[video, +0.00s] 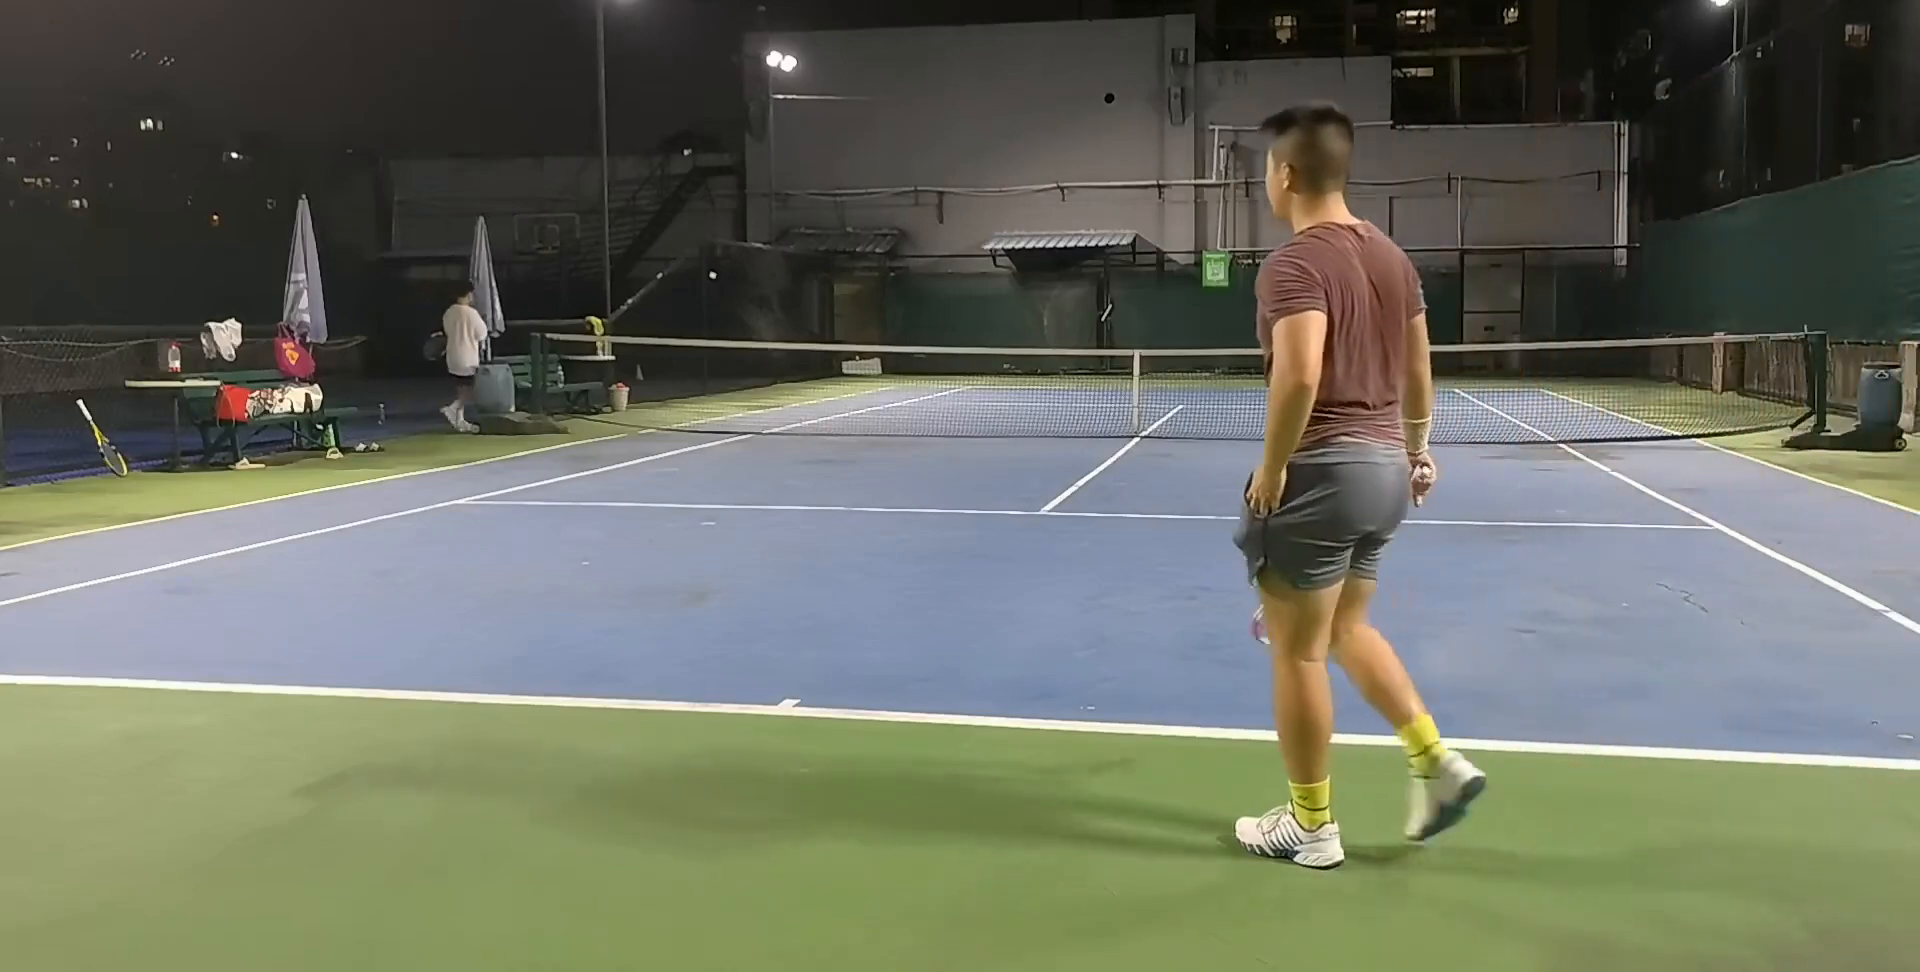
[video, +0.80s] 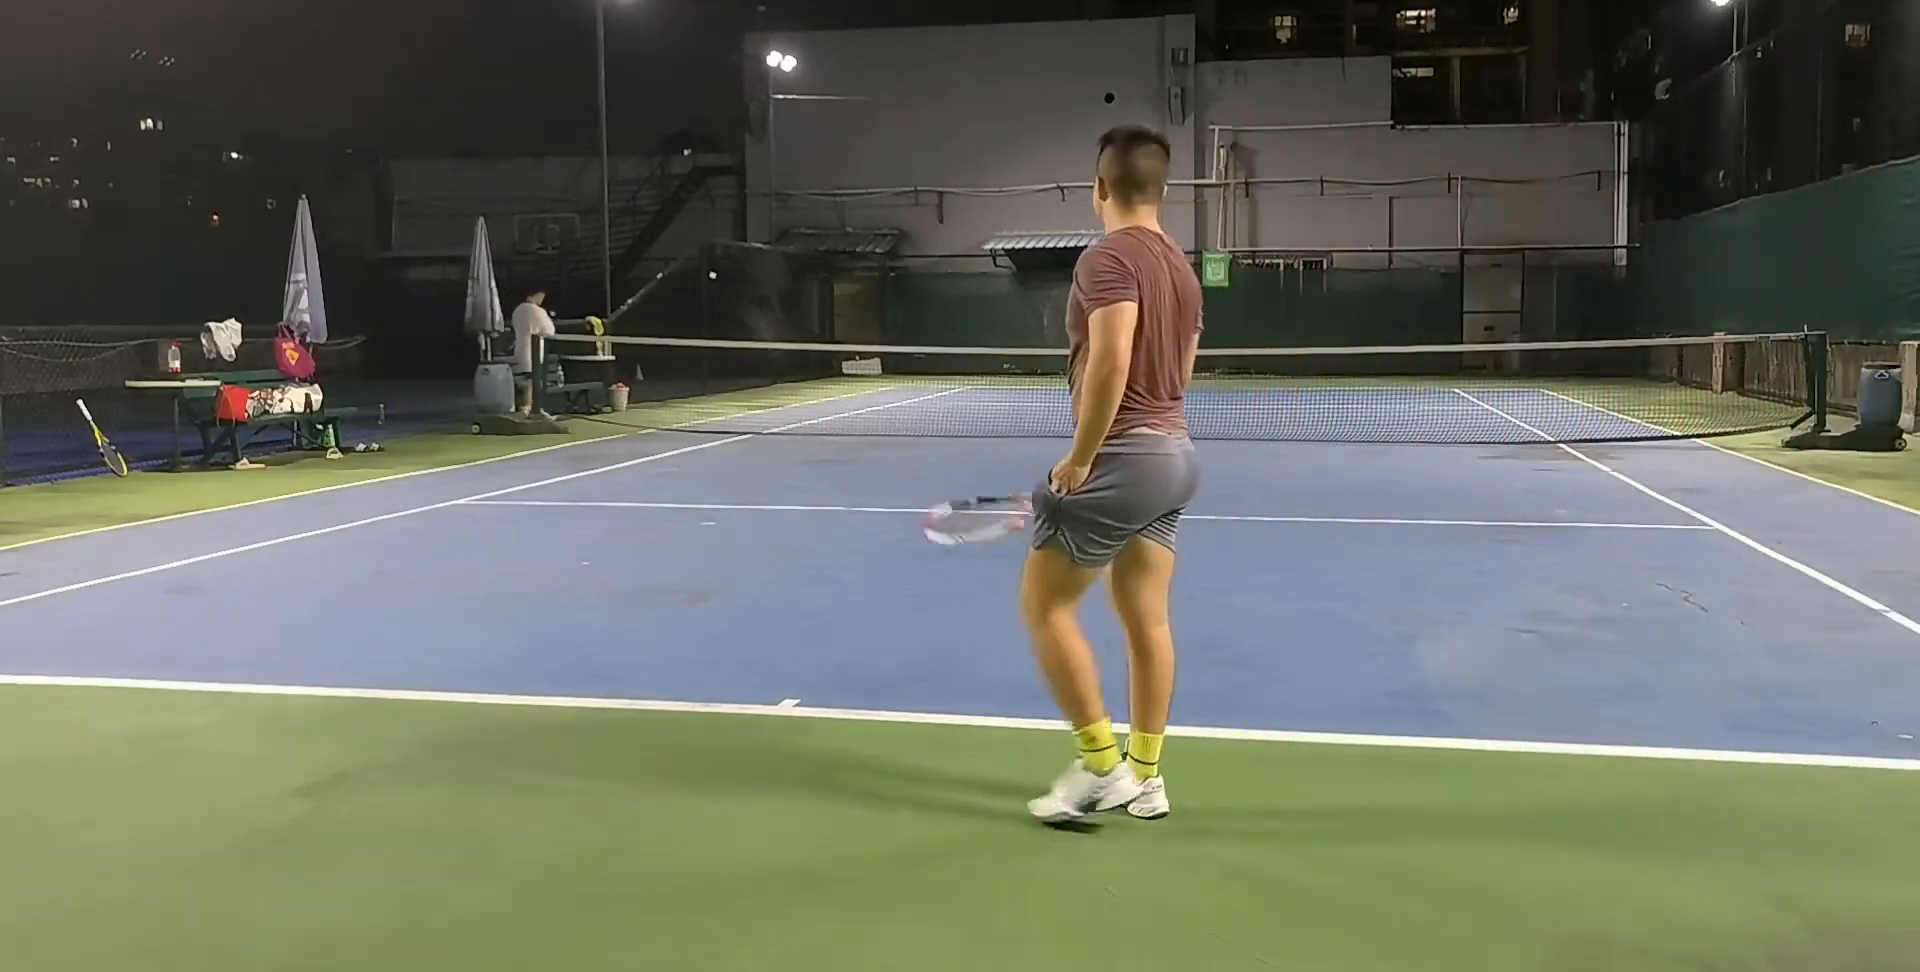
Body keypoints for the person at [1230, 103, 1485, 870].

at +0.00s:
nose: (1268, 182)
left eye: (1270, 170)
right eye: (1272, 168)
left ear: (1286, 176)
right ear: (1343, 175)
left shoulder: (1294, 262)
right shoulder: (1394, 257)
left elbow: (1299, 373)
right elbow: (1417, 367)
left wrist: (1271, 467)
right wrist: (1415, 446)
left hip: (1321, 467)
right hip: (1388, 465)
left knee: (1297, 645)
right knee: (1348, 626)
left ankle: (1310, 821)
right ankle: (1437, 761)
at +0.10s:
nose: (1241, 180)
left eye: (1244, 167)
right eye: (1244, 166)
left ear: (1258, 176)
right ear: (1315, 175)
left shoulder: (1263, 261)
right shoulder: (1364, 257)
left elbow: (1268, 373)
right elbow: (1400, 367)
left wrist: (1249, 473)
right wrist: (1417, 447)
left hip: (1297, 467)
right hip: (1362, 465)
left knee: (1288, 646)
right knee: (1303, 622)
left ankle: (1309, 821)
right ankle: (1343, 774)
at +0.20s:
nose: (1216, 184)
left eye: (1219, 172)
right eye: (1221, 171)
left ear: (1232, 180)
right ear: (1289, 180)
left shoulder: (1236, 264)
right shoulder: (1336, 260)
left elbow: (1243, 372)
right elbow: (1378, 367)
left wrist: (1227, 475)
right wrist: (1408, 451)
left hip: (1271, 469)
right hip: (1334, 467)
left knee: (1283, 653)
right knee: (1250, 612)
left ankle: (1312, 824)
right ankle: (1239, 772)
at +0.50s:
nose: (1147, 195)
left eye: (1151, 187)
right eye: (1152, 185)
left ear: (1161, 192)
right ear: (1220, 196)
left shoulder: (1161, 263)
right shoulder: (1253, 277)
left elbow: (1160, 375)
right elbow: (1279, 391)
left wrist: (1147, 475)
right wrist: (1296, 477)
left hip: (1185, 466)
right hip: (1239, 464)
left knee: (1200, 647)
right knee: (1152, 605)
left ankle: (1288, 801)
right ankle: (1141, 772)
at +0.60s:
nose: (1133, 195)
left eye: (1134, 187)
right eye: (1138, 187)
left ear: (1142, 189)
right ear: (1203, 193)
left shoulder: (1140, 259)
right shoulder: (1227, 277)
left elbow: (1137, 368)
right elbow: (1237, 389)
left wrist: (1119, 468)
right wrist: (1235, 472)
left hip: (1160, 460)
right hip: (1215, 459)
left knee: (1126, 636)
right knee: (1153, 621)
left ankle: (1245, 763)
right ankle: (1139, 772)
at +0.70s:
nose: (1114, 196)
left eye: (1115, 186)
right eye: (1121, 186)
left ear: (1123, 189)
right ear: (1181, 189)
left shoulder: (1124, 258)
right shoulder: (1205, 271)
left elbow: (1121, 368)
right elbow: (1203, 389)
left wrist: (1097, 464)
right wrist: (1172, 456)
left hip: (1138, 457)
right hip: (1191, 456)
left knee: (1075, 618)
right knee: (1151, 617)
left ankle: (1183, 750)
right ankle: (1141, 768)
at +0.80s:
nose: (1093, 194)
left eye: (1094, 184)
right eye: (1101, 184)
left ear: (1102, 188)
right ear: (1161, 190)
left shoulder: (1108, 257)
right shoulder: (1180, 268)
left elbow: (1109, 362)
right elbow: (1176, 378)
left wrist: (1077, 460)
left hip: (1119, 453)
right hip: (1174, 453)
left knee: (1044, 604)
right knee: (1147, 613)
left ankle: (1099, 760)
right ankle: (1142, 774)